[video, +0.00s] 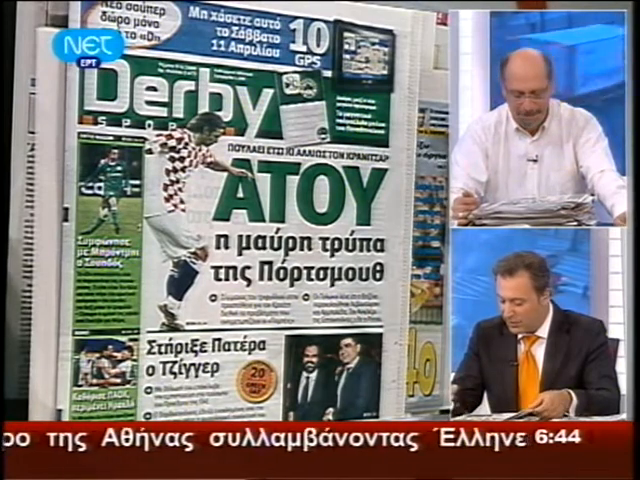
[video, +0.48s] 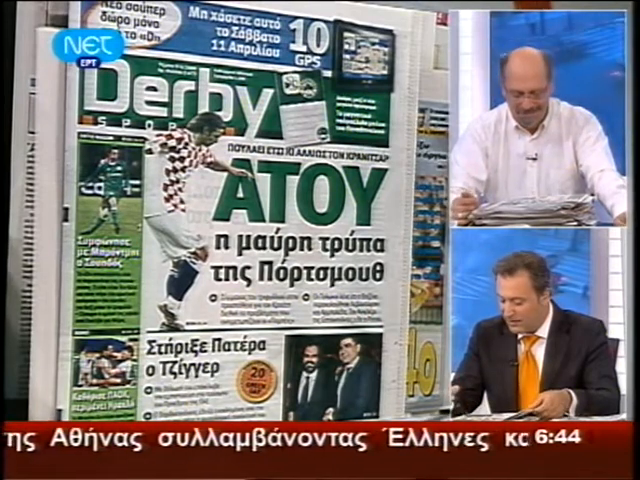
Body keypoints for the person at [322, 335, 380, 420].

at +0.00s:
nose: (343, 351)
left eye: (347, 346)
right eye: (341, 348)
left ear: (358, 348)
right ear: (339, 351)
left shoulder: (367, 368)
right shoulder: (341, 371)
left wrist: (335, 416)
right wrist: (331, 410)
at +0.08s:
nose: (343, 351)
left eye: (347, 346)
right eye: (341, 348)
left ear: (358, 348)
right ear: (339, 351)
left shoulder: (367, 367)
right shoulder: (341, 371)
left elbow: (362, 407)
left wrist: (335, 416)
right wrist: (332, 410)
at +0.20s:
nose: (343, 351)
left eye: (347, 346)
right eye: (341, 348)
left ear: (358, 348)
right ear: (339, 351)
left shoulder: (367, 367)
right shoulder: (341, 371)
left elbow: (361, 407)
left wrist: (335, 416)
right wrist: (332, 410)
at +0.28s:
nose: (343, 351)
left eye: (347, 346)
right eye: (341, 348)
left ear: (358, 348)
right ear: (339, 351)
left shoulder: (367, 368)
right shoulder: (341, 371)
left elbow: (361, 407)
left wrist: (335, 416)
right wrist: (332, 410)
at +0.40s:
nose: (343, 351)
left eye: (347, 346)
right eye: (341, 348)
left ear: (358, 348)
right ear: (339, 351)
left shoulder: (367, 367)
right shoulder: (341, 371)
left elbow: (361, 407)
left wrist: (335, 416)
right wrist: (332, 410)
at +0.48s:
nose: (343, 351)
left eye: (347, 346)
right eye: (341, 348)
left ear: (358, 348)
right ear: (339, 351)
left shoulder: (367, 367)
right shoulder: (341, 371)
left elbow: (361, 406)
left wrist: (335, 416)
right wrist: (332, 410)